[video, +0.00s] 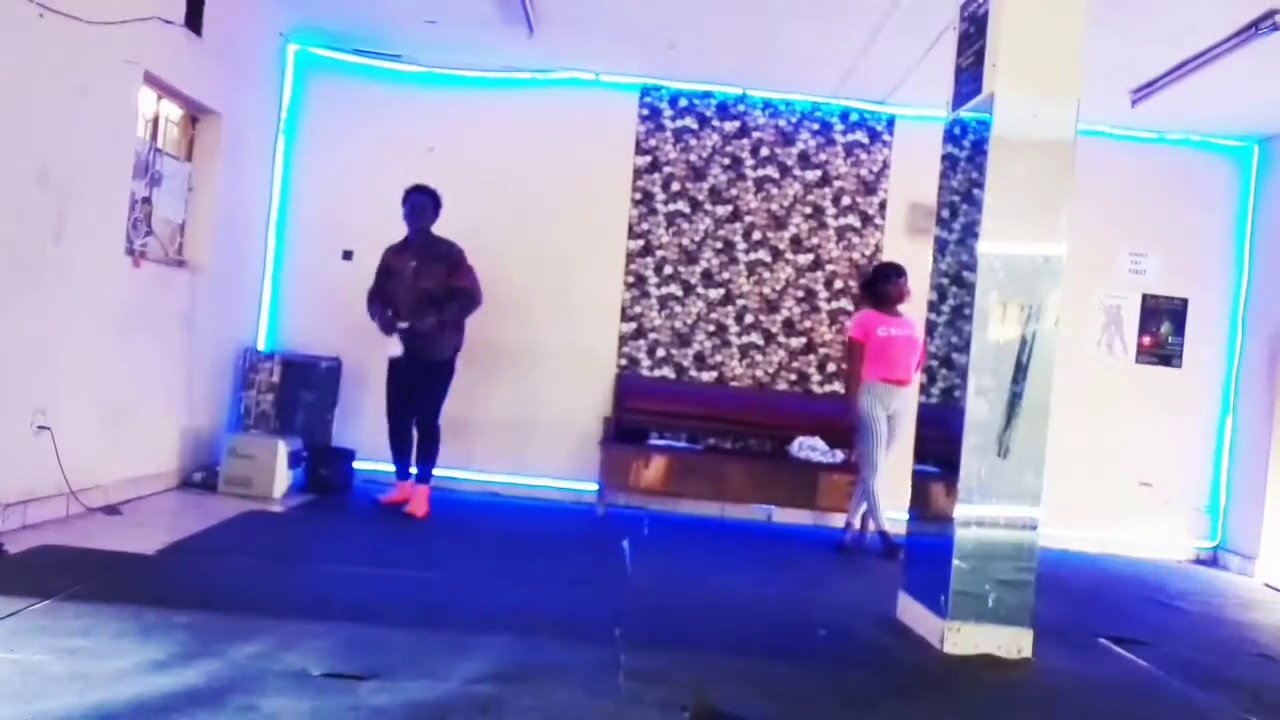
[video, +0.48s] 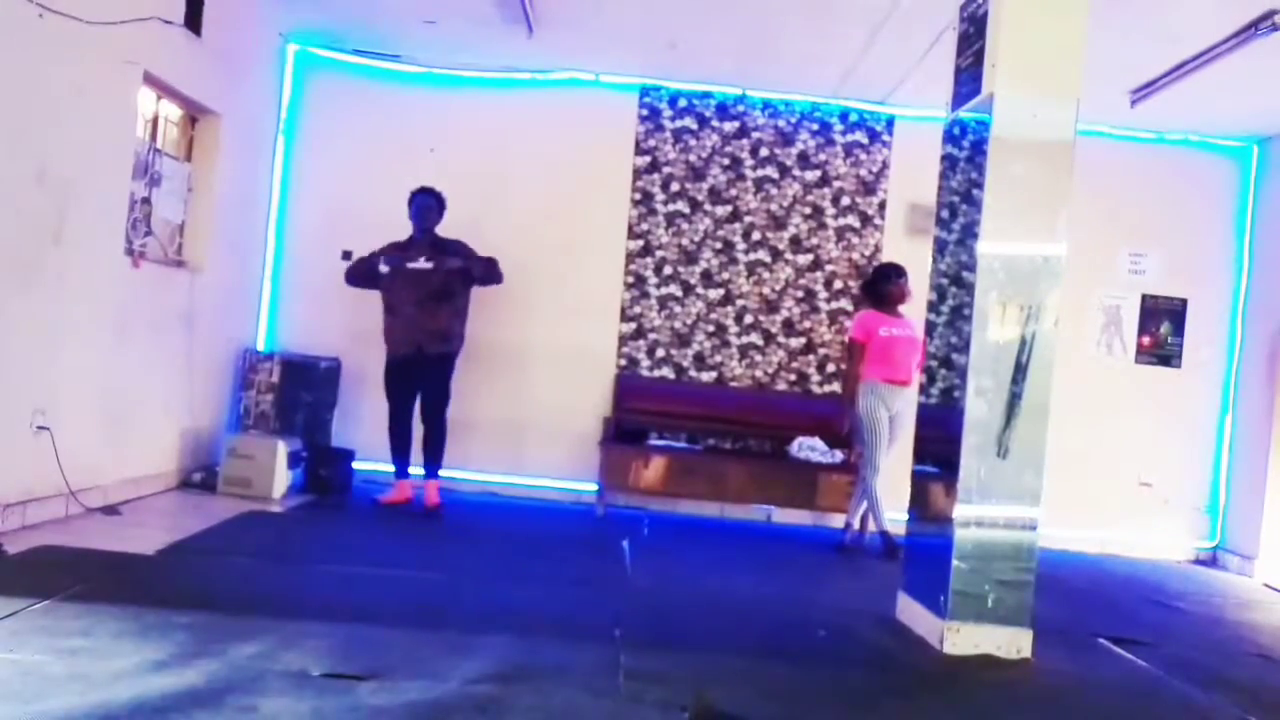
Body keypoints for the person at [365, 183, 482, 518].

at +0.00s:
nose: (414, 213)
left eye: (422, 208)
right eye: (410, 207)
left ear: (435, 213)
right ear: (403, 210)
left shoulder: (449, 253)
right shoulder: (394, 254)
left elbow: (470, 296)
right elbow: (376, 296)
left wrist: (435, 321)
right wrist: (385, 318)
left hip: (438, 354)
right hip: (405, 350)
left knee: (427, 420)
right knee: (398, 418)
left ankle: (423, 487)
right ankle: (403, 482)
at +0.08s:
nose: (417, 213)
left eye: (424, 207)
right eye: (412, 206)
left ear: (437, 212)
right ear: (405, 209)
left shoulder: (451, 253)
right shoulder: (394, 253)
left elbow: (475, 293)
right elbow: (372, 293)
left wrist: (435, 310)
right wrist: (387, 311)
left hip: (437, 352)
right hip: (403, 349)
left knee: (426, 419)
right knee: (396, 417)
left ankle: (422, 486)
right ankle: (402, 481)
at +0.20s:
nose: (419, 214)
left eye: (426, 208)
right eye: (414, 207)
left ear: (437, 213)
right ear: (405, 211)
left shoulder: (451, 252)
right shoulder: (394, 253)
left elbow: (483, 286)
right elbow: (364, 286)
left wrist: (448, 294)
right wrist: (378, 291)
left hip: (434, 351)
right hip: (398, 349)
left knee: (425, 418)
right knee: (395, 416)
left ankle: (422, 487)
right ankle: (402, 482)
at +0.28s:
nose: (418, 214)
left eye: (425, 209)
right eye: (413, 208)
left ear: (437, 213)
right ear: (405, 212)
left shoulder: (451, 252)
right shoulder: (393, 254)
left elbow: (485, 282)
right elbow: (360, 287)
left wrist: (455, 288)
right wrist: (372, 284)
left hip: (435, 350)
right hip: (398, 348)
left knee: (425, 417)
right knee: (396, 415)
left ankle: (423, 486)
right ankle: (401, 481)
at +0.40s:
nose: (421, 215)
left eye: (428, 209)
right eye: (415, 208)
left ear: (438, 214)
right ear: (407, 212)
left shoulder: (452, 251)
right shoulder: (393, 253)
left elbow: (491, 276)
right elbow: (355, 280)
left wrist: (457, 274)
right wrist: (379, 278)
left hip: (437, 349)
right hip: (399, 349)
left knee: (430, 416)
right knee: (397, 415)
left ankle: (427, 484)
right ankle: (401, 482)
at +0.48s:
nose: (423, 215)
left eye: (430, 209)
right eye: (417, 209)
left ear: (440, 214)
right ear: (409, 212)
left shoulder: (455, 251)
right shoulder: (393, 252)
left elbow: (493, 274)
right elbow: (353, 275)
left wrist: (459, 263)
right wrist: (386, 272)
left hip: (439, 351)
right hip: (401, 350)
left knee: (434, 417)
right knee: (399, 416)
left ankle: (432, 483)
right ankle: (401, 482)